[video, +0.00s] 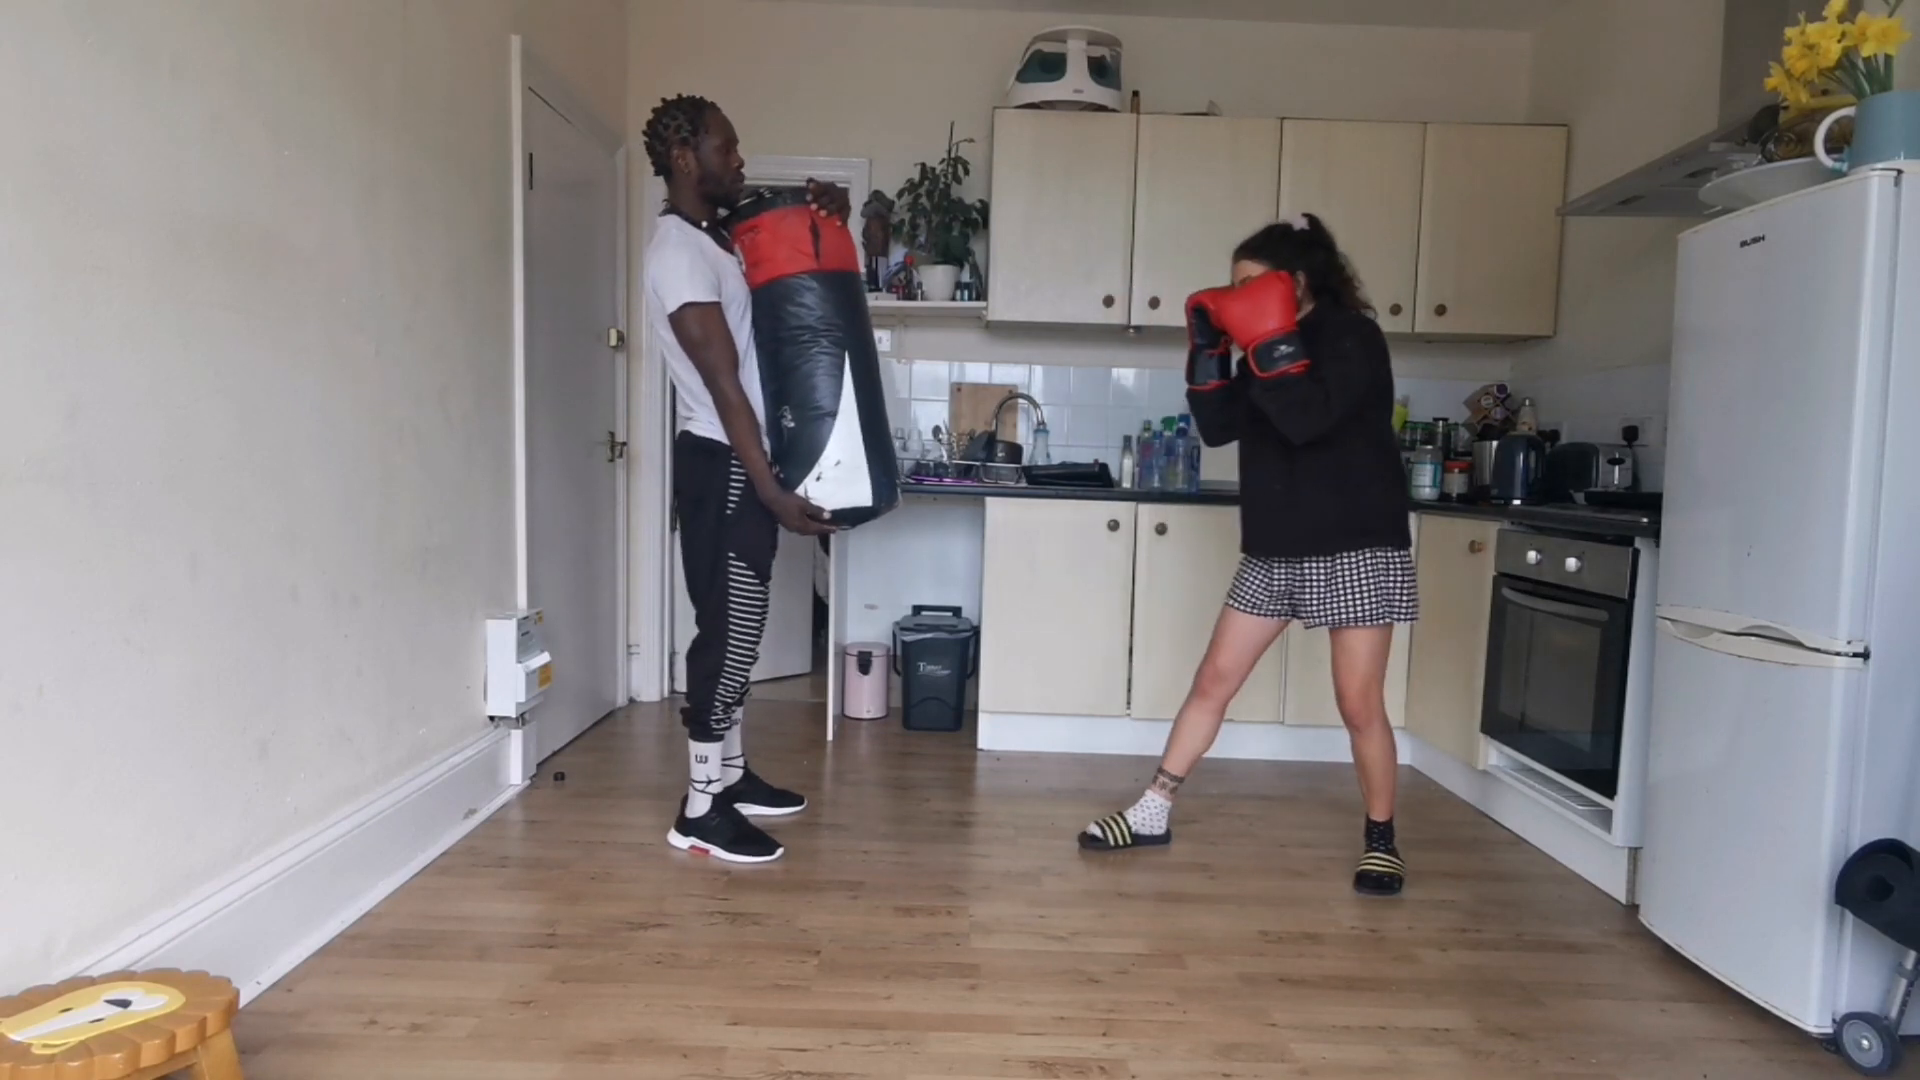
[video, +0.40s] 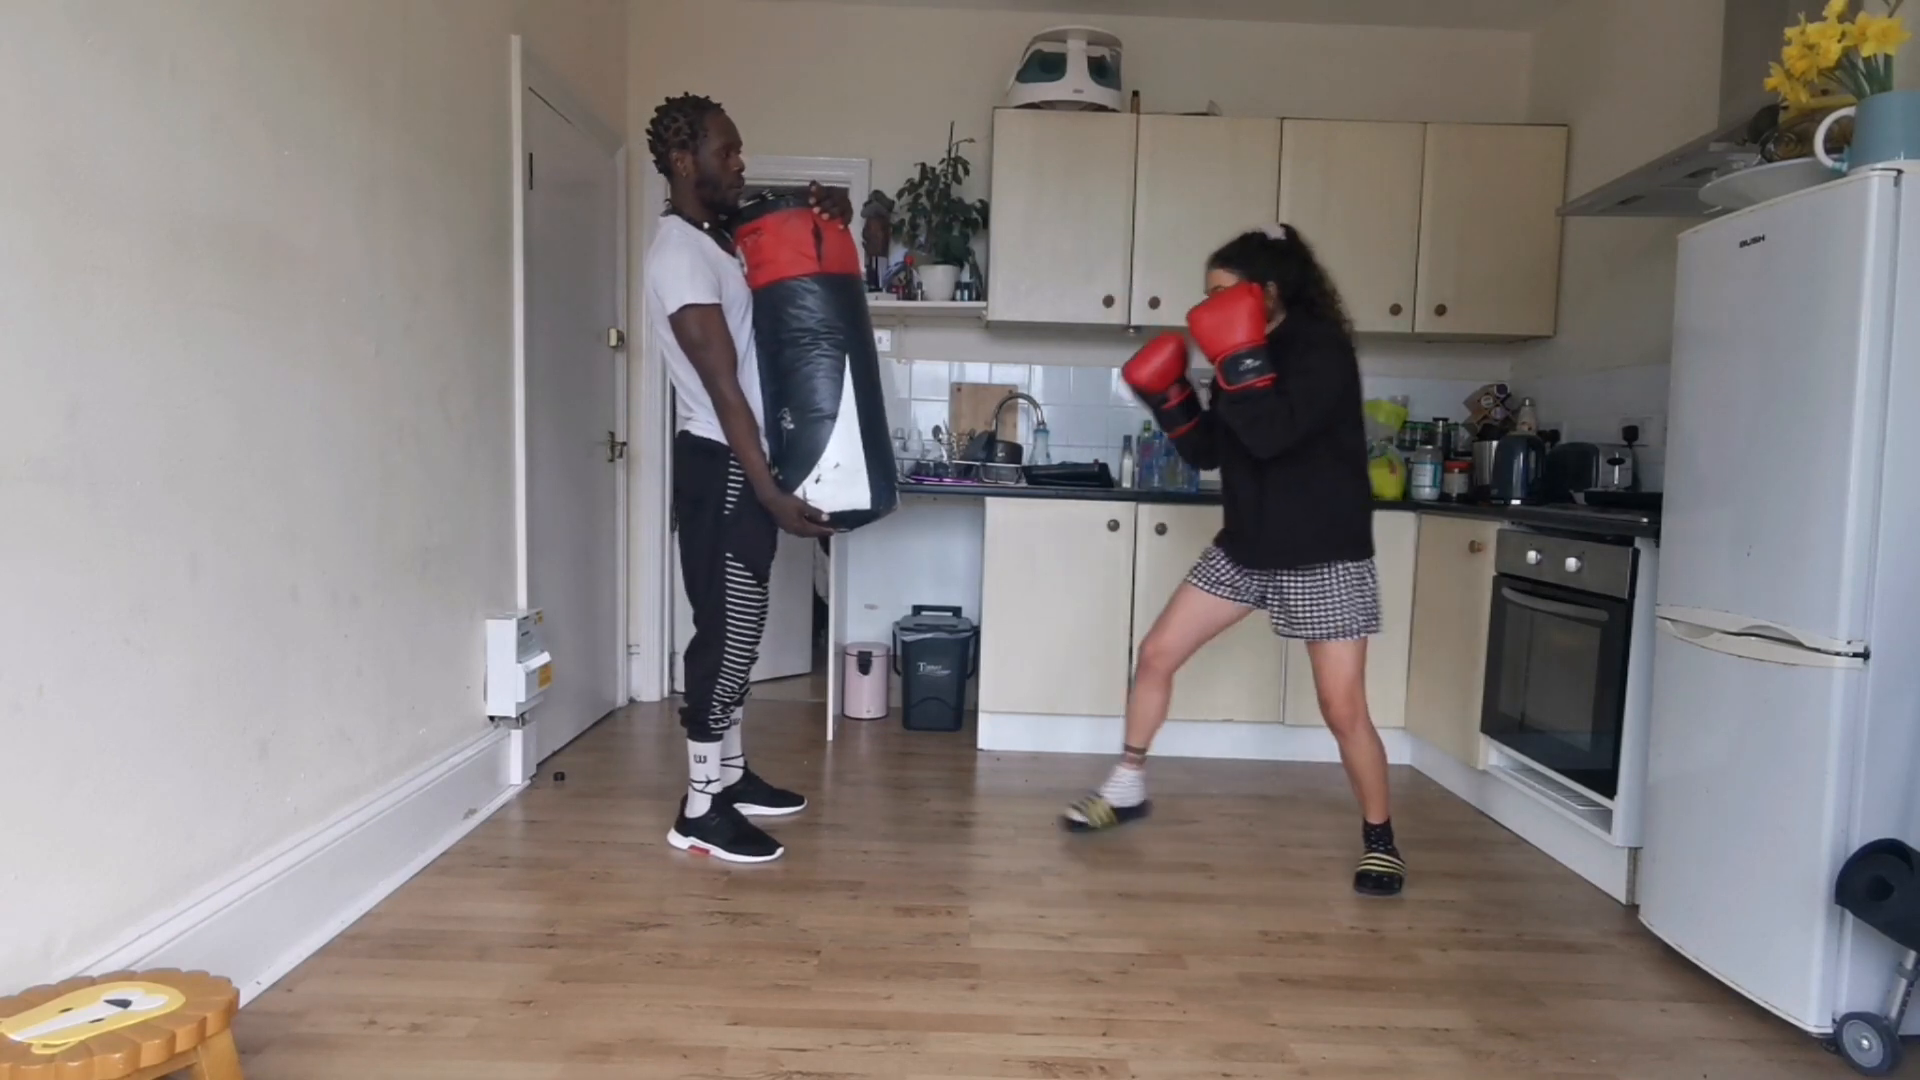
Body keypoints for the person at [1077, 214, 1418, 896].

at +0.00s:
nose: (1241, 300)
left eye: (1253, 286)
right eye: (1237, 289)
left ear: (1299, 283)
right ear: (1244, 293)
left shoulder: (1352, 337)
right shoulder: (1258, 350)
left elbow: (1311, 420)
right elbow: (1217, 427)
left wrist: (1272, 344)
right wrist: (1208, 347)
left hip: (1359, 540)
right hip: (1277, 541)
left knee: (1360, 705)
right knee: (1214, 678)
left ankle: (1381, 840)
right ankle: (1153, 809)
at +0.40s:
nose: (1215, 307)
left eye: (1225, 292)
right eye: (1212, 295)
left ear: (1270, 292)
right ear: (1238, 299)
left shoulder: (1319, 347)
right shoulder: (1247, 361)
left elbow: (1271, 435)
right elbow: (1209, 451)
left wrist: (1240, 358)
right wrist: (1170, 398)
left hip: (1325, 548)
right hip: (1248, 543)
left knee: (1343, 709)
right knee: (1156, 654)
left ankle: (1379, 841)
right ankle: (1127, 784)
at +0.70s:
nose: (1094, 358)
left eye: (1105, 347)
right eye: (1093, 348)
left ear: (1148, 344)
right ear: (1118, 349)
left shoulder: (1199, 394)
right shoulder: (1117, 404)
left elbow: (1172, 483)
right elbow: (1035, 420)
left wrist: (1128, 415)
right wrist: (951, 405)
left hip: (1257, 557)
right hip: (1175, 563)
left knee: (1317, 706)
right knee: (1092, 659)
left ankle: (1395, 812)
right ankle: (1066, 795)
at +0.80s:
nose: (1112, 353)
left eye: (1126, 341)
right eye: (1114, 341)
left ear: (1170, 347)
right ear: (1137, 343)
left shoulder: (1216, 398)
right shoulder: (1131, 396)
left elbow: (1173, 493)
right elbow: (1065, 438)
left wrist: (1146, 421)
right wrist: (1003, 433)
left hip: (1255, 558)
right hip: (1176, 561)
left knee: (1311, 709)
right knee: (1094, 656)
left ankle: (1397, 805)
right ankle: (1065, 794)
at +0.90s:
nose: (1196, 346)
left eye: (1210, 334)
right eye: (1195, 333)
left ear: (1255, 341)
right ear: (1200, 333)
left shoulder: (1282, 402)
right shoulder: (1210, 394)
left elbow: (1225, 493)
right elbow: (1190, 468)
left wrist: (1214, 417)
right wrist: (1139, 444)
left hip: (1271, 572)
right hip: (1189, 563)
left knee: (1317, 721)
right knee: (1107, 661)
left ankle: (1391, 819)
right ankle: (1069, 792)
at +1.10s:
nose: (1287, 359)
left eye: (1301, 349)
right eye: (1285, 347)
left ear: (1344, 354)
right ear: (1286, 346)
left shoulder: (1373, 424)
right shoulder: (1280, 402)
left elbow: (1307, 506)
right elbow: (1229, 460)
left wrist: (1306, 429)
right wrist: (1217, 414)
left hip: (1317, 579)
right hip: (1237, 562)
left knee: (1343, 730)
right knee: (1138, 664)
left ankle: (1392, 827)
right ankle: (1076, 789)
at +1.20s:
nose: (1281, 341)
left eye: (1295, 331)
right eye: (1280, 329)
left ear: (1337, 340)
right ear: (1281, 331)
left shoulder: (1373, 406)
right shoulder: (1274, 386)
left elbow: (1312, 489)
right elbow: (1223, 455)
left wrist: (1305, 410)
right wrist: (1224, 392)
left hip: (1329, 568)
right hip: (1248, 552)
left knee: (1350, 719)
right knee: (1145, 656)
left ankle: (1392, 826)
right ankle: (1111, 783)